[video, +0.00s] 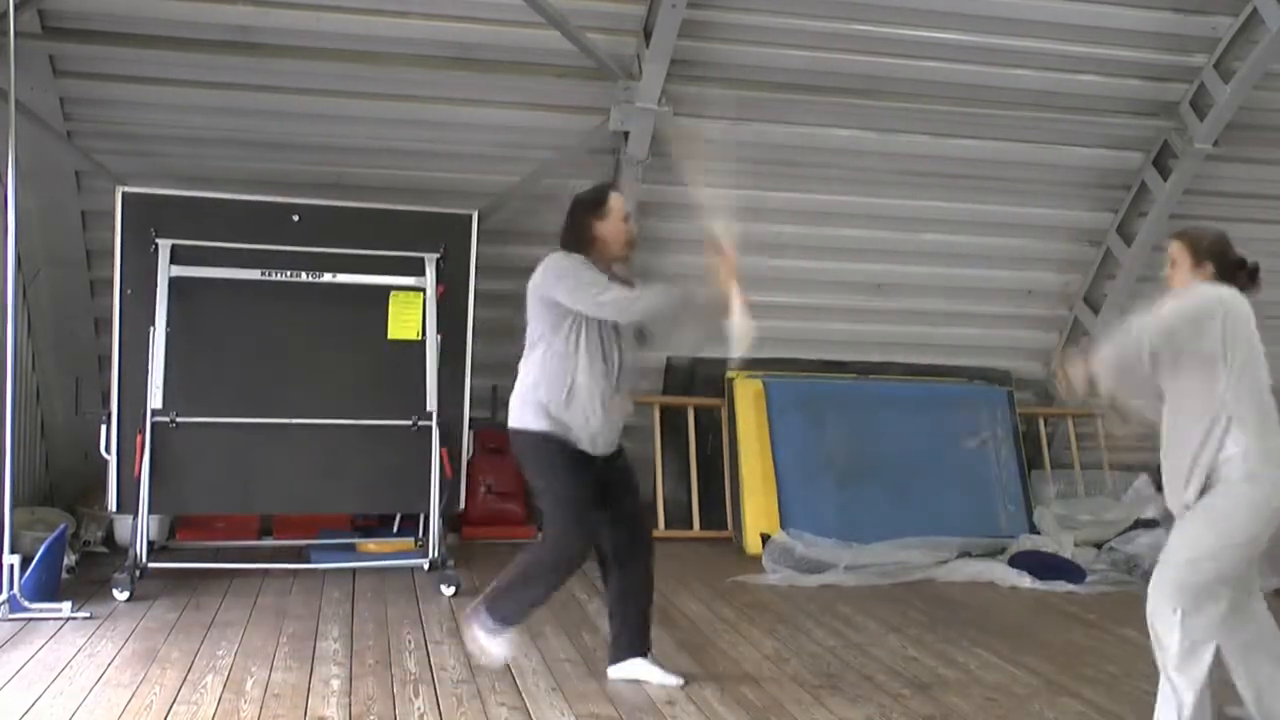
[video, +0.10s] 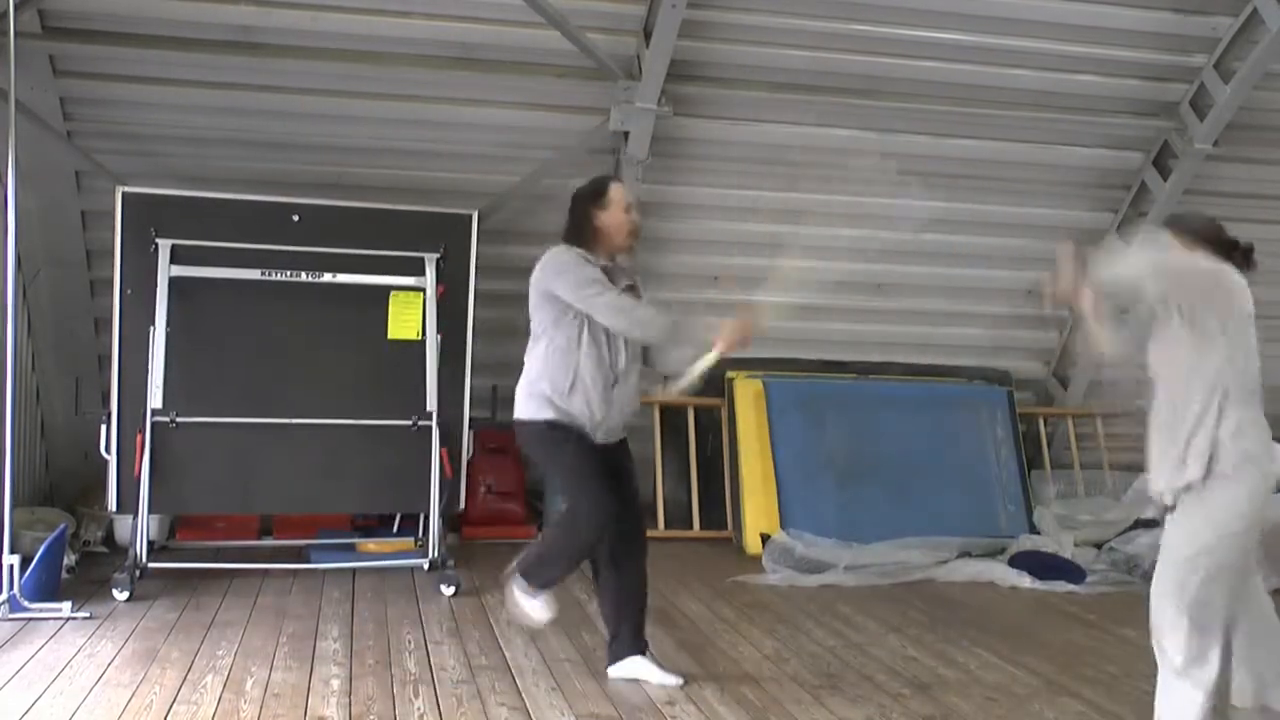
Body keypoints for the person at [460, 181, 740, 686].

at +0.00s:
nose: (631, 227)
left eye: (630, 218)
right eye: (622, 218)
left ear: (605, 228)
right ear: (592, 225)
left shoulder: (622, 291)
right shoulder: (557, 270)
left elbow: (666, 333)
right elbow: (627, 307)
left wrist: (721, 308)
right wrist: (703, 293)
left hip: (597, 435)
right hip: (544, 426)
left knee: (629, 539)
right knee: (572, 537)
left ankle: (629, 657)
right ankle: (490, 618)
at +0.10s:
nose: (635, 218)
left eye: (635, 209)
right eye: (625, 209)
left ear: (618, 219)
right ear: (592, 216)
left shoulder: (622, 283)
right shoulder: (559, 264)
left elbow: (647, 356)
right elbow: (627, 318)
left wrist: (708, 353)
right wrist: (710, 336)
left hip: (604, 427)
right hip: (550, 417)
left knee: (625, 535)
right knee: (590, 511)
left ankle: (627, 655)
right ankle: (528, 578)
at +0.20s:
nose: (636, 214)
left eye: (634, 206)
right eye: (625, 205)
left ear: (612, 217)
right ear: (593, 214)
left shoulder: (629, 287)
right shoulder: (555, 262)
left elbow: (658, 359)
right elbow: (607, 319)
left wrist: (718, 355)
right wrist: (683, 349)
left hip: (608, 423)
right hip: (552, 410)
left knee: (623, 540)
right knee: (609, 487)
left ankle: (628, 655)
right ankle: (546, 550)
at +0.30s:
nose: (636, 210)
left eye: (634, 202)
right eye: (624, 202)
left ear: (612, 215)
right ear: (592, 212)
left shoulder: (635, 282)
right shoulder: (551, 261)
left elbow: (657, 357)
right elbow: (605, 324)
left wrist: (704, 329)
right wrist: (681, 335)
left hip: (607, 422)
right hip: (551, 408)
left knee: (623, 538)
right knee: (612, 486)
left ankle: (627, 653)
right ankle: (543, 557)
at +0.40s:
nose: (623, 211)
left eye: (620, 203)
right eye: (610, 203)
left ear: (605, 217)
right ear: (577, 213)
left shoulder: (618, 281)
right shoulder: (545, 267)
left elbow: (650, 338)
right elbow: (603, 321)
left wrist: (693, 310)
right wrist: (684, 316)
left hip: (601, 429)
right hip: (546, 417)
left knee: (623, 536)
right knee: (592, 511)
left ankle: (627, 654)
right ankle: (520, 607)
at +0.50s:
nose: (606, 215)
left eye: (606, 206)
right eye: (595, 205)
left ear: (595, 218)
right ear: (563, 215)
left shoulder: (599, 283)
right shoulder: (536, 272)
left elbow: (630, 338)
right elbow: (605, 328)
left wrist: (686, 302)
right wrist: (684, 317)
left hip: (590, 429)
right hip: (538, 422)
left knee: (616, 541)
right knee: (572, 541)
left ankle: (628, 657)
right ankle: (514, 661)